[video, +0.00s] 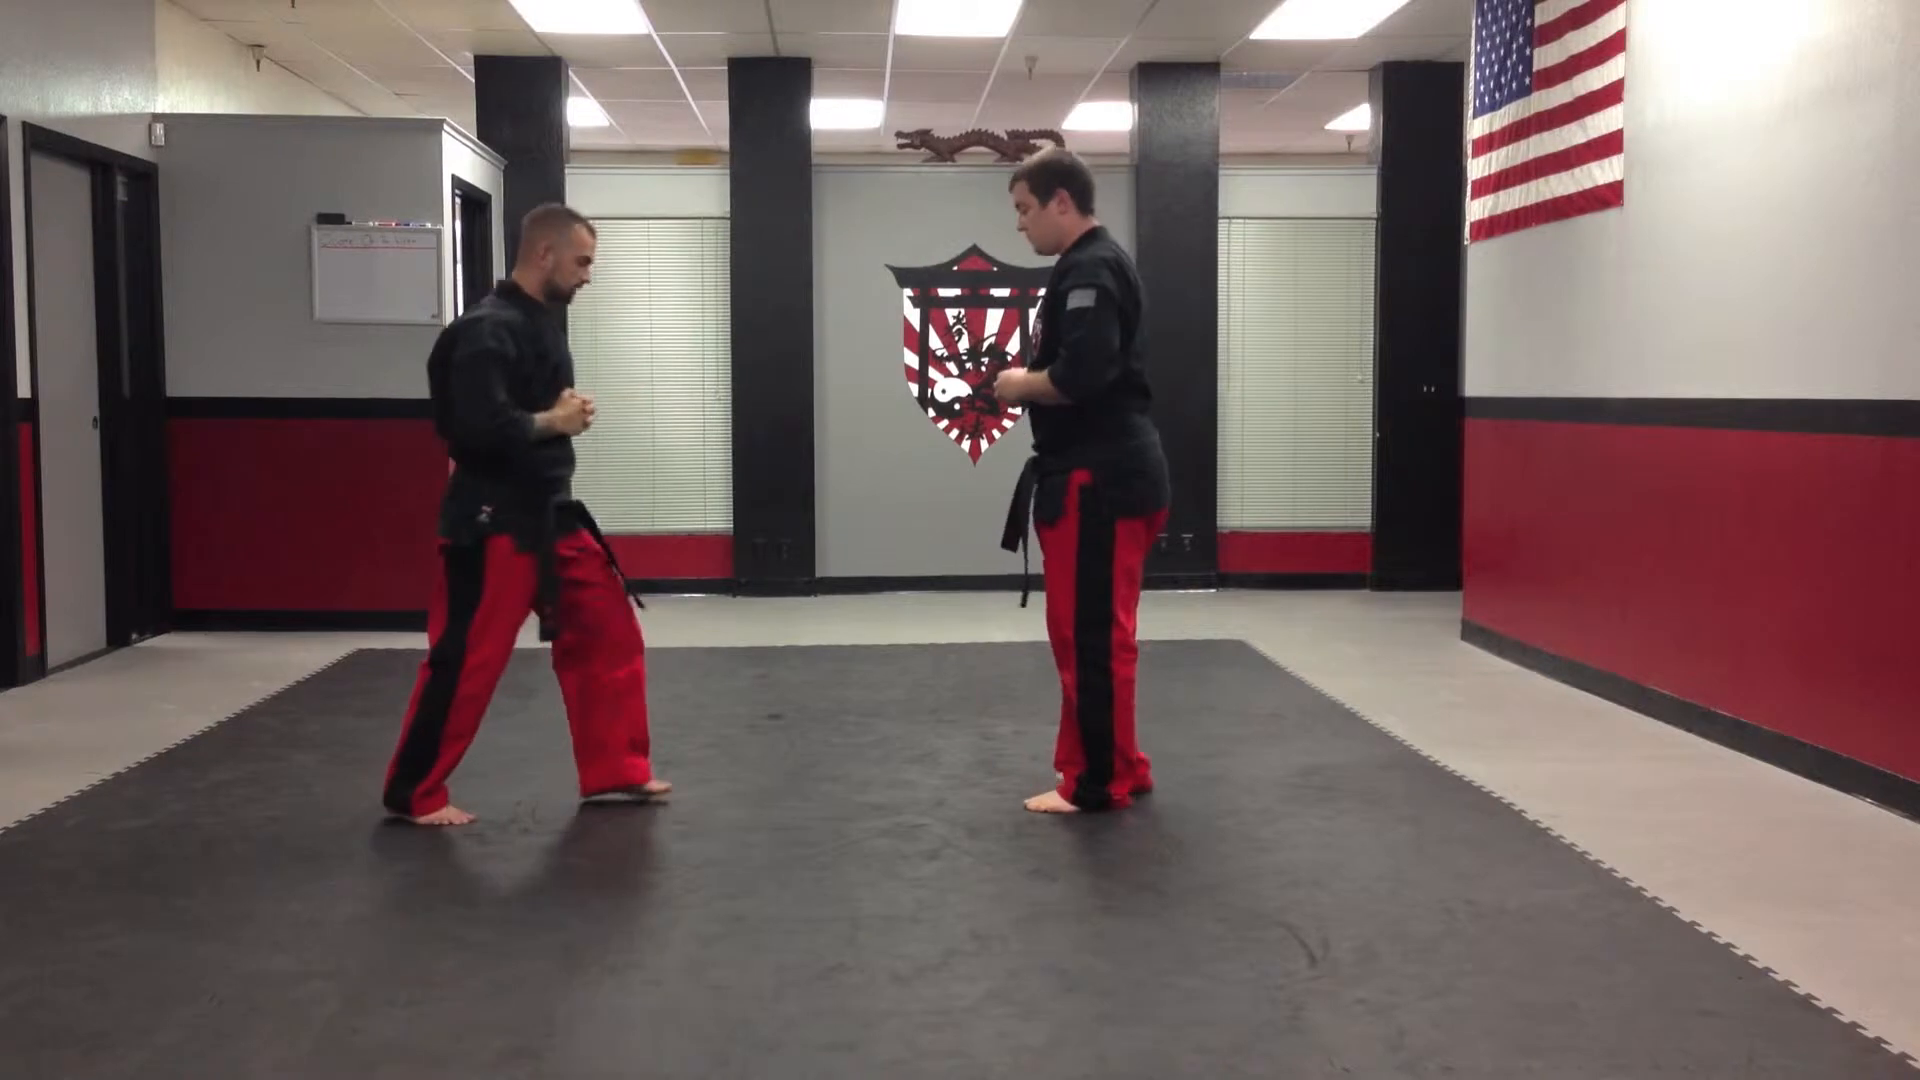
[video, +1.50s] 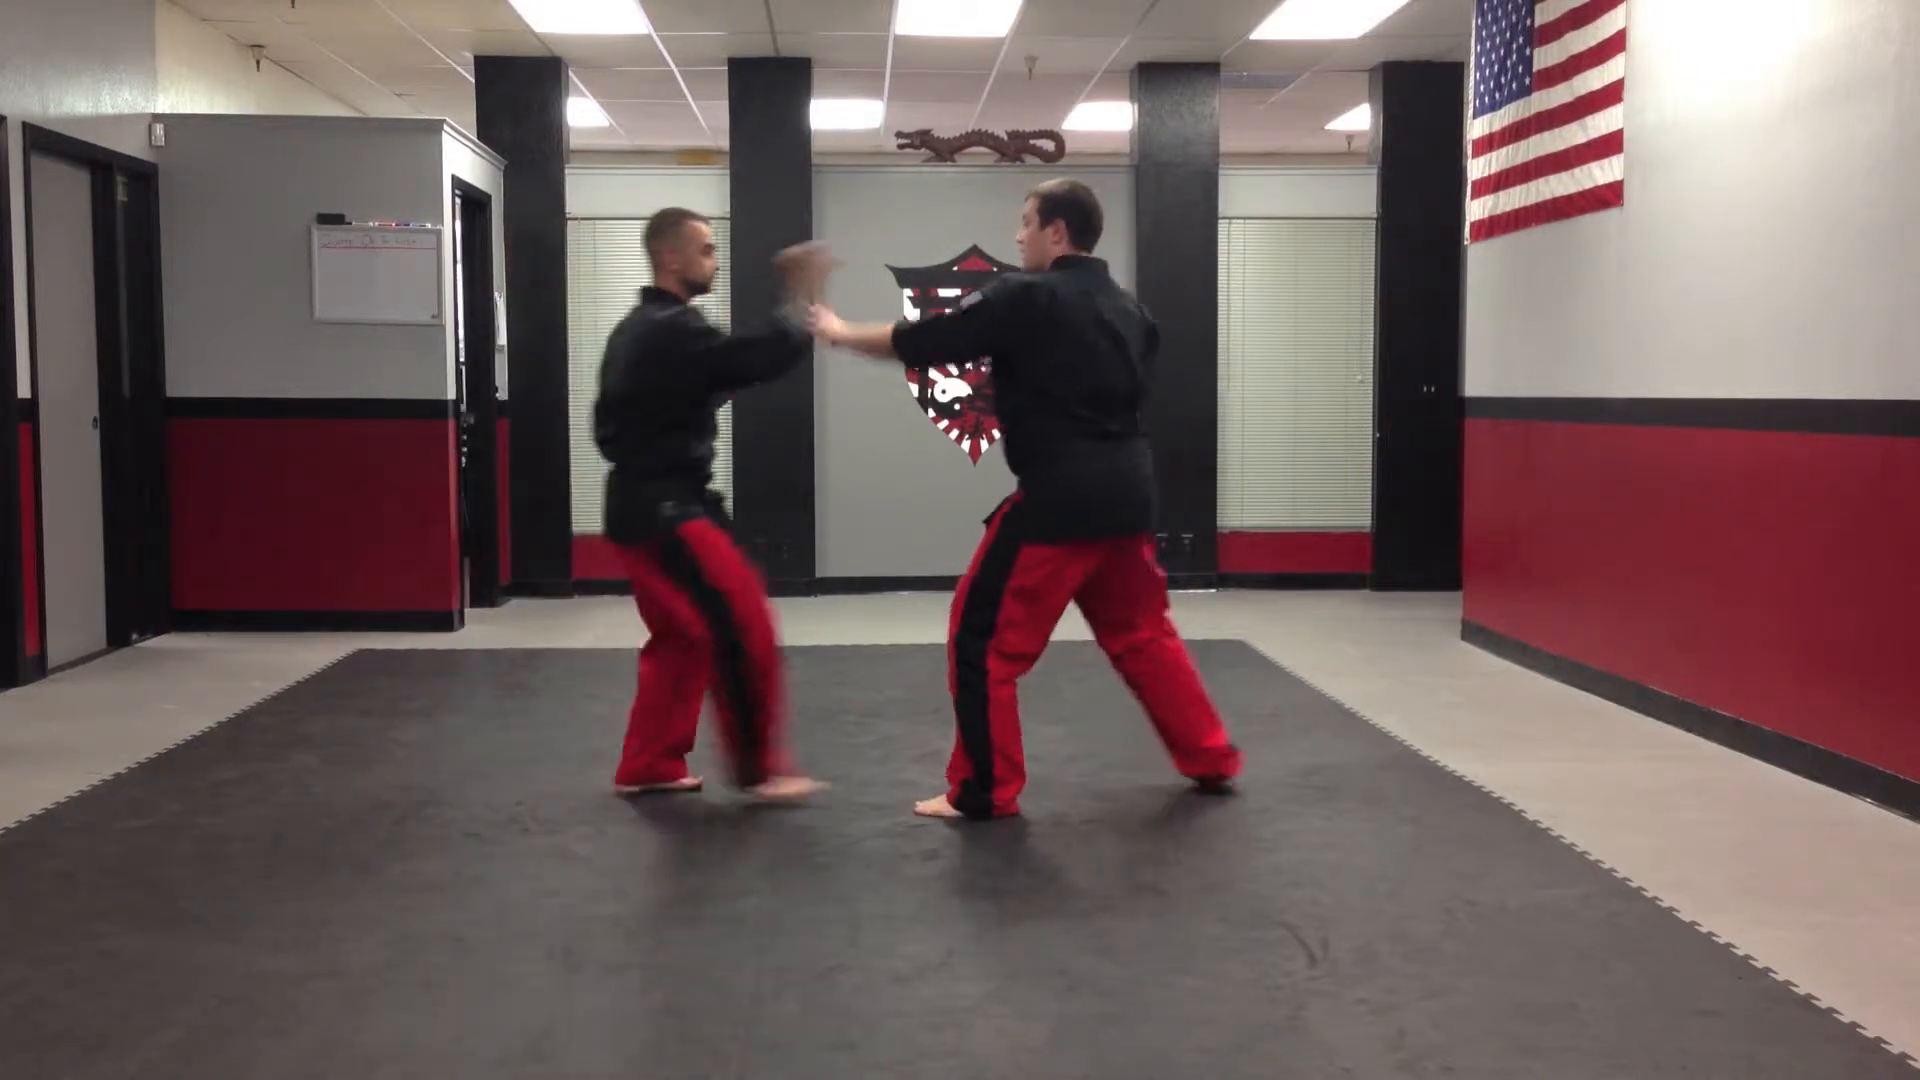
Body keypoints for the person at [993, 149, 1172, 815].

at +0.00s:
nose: (1020, 224)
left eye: (1024, 210)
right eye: (1017, 212)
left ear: (1060, 202)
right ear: (1062, 204)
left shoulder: (1088, 268)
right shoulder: (1090, 263)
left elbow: (1084, 376)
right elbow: (1077, 369)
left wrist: (1019, 386)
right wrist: (1021, 380)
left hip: (1101, 479)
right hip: (1100, 474)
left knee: (1087, 635)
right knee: (1096, 631)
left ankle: (1096, 784)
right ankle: (1117, 767)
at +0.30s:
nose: (1025, 221)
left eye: (1032, 208)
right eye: (1025, 208)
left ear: (1070, 210)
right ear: (1074, 213)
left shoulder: (1093, 278)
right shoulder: (1102, 270)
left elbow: (1096, 385)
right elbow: (1095, 381)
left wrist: (1028, 394)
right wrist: (1028, 392)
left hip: (1094, 480)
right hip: (1126, 475)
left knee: (1043, 622)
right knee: (1115, 615)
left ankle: (1082, 779)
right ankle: (1148, 760)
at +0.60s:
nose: (1008, 221)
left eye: (1019, 210)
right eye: (1011, 209)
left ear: (1057, 218)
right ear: (1058, 219)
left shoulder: (1074, 287)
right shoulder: (1076, 279)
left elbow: (1077, 393)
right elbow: (1071, 383)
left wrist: (1015, 405)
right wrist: (1018, 396)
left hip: (1083, 486)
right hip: (1105, 479)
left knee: (1039, 635)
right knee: (1105, 627)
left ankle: (992, 783)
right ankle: (1144, 762)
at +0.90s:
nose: (994, 226)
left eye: (1005, 215)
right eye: (998, 214)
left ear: (1042, 226)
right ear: (1050, 228)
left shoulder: (1040, 295)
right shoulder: (1081, 293)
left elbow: (994, 384)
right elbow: (1047, 389)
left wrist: (926, 362)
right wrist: (966, 376)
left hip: (1047, 500)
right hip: (1096, 494)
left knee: (979, 636)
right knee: (1090, 627)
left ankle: (983, 792)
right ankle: (1154, 759)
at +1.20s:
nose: (997, 237)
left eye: (1005, 223)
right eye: (999, 223)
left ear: (1041, 231)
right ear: (1055, 235)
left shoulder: (1033, 304)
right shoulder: (1094, 303)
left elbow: (934, 379)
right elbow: (1066, 395)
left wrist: (854, 373)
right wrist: (994, 405)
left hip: (1041, 505)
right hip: (1098, 499)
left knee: (964, 636)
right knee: (1095, 635)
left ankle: (983, 792)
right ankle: (1156, 761)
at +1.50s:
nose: (1019, 239)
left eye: (1025, 227)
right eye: (1021, 226)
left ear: (1057, 233)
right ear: (1083, 237)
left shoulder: (1027, 300)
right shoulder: (1127, 309)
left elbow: (928, 341)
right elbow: (1106, 393)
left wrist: (842, 333)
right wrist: (1011, 397)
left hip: (1051, 503)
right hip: (1126, 500)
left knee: (982, 638)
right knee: (1141, 632)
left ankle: (983, 793)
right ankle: (1213, 761)